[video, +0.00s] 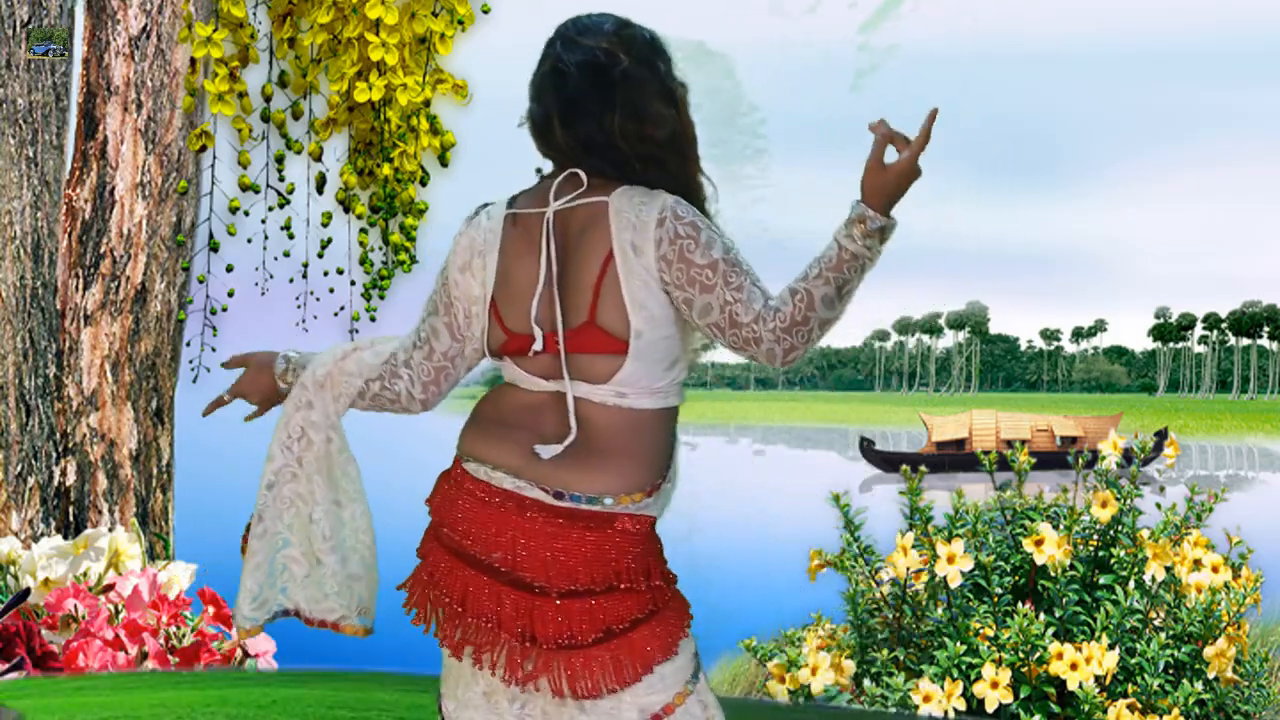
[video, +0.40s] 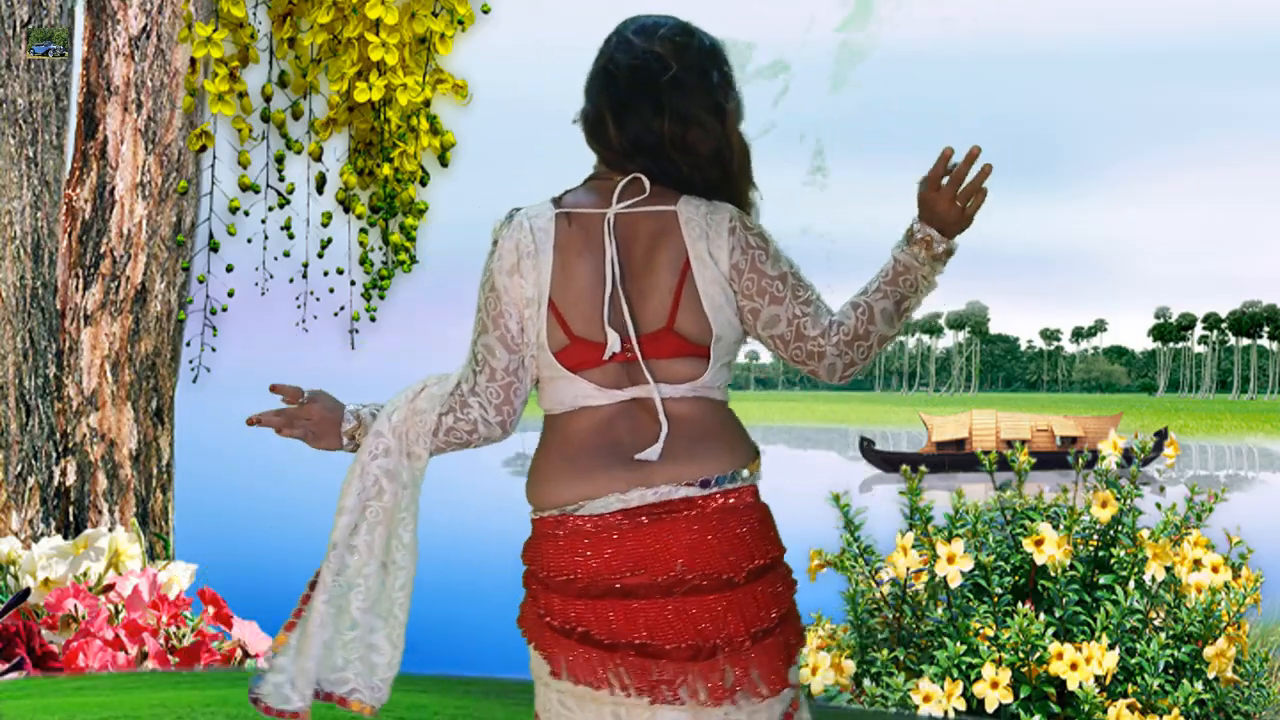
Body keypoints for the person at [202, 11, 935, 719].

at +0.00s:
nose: (681, 111)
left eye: (675, 90)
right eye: (671, 93)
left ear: (549, 112)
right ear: (645, 108)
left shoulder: (490, 231)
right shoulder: (662, 223)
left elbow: (415, 380)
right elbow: (776, 339)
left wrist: (293, 374)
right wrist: (871, 216)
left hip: (475, 505)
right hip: (600, 533)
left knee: (488, 694)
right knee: (649, 700)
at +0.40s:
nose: (735, 123)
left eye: (725, 102)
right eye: (727, 104)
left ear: (597, 113)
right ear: (709, 116)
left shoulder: (526, 235)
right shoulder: (722, 229)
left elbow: (486, 406)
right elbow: (834, 353)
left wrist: (351, 427)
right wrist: (928, 244)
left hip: (575, 516)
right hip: (715, 505)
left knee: (585, 698)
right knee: (741, 700)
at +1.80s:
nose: (681, 119)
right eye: (670, 101)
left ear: (543, 133)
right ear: (656, 120)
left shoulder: (501, 262)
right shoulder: (696, 235)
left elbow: (446, 421)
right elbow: (830, 310)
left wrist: (330, 350)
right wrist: (887, 173)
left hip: (488, 521)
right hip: (624, 548)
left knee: (490, 696)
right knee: (653, 701)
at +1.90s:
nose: (678, 119)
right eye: (667, 101)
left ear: (541, 128)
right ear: (656, 116)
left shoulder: (502, 255)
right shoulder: (698, 229)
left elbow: (449, 417)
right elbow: (828, 310)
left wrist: (327, 350)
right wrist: (885, 175)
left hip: (499, 518)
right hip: (634, 539)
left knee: (495, 695)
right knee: (657, 703)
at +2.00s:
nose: (705, 110)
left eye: (697, 89)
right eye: (696, 92)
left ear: (570, 115)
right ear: (678, 108)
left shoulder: (514, 243)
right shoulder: (711, 221)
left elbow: (469, 407)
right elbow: (844, 309)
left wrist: (331, 375)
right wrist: (913, 174)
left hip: (543, 522)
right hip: (684, 521)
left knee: (552, 693)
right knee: (710, 700)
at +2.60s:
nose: (772, 135)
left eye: (764, 111)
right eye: (760, 115)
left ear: (633, 131)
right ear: (740, 131)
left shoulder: (558, 254)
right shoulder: (742, 248)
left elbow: (496, 394)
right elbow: (902, 292)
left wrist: (387, 479)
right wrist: (952, 147)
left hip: (619, 531)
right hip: (744, 508)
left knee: (650, 709)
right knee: (792, 708)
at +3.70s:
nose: (705, 124)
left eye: (692, 108)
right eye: (694, 109)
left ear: (570, 130)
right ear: (681, 122)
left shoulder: (516, 250)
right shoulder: (705, 232)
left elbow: (439, 397)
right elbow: (866, 252)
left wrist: (308, 449)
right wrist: (969, 134)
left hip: (512, 540)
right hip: (643, 558)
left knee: (530, 700)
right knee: (717, 699)